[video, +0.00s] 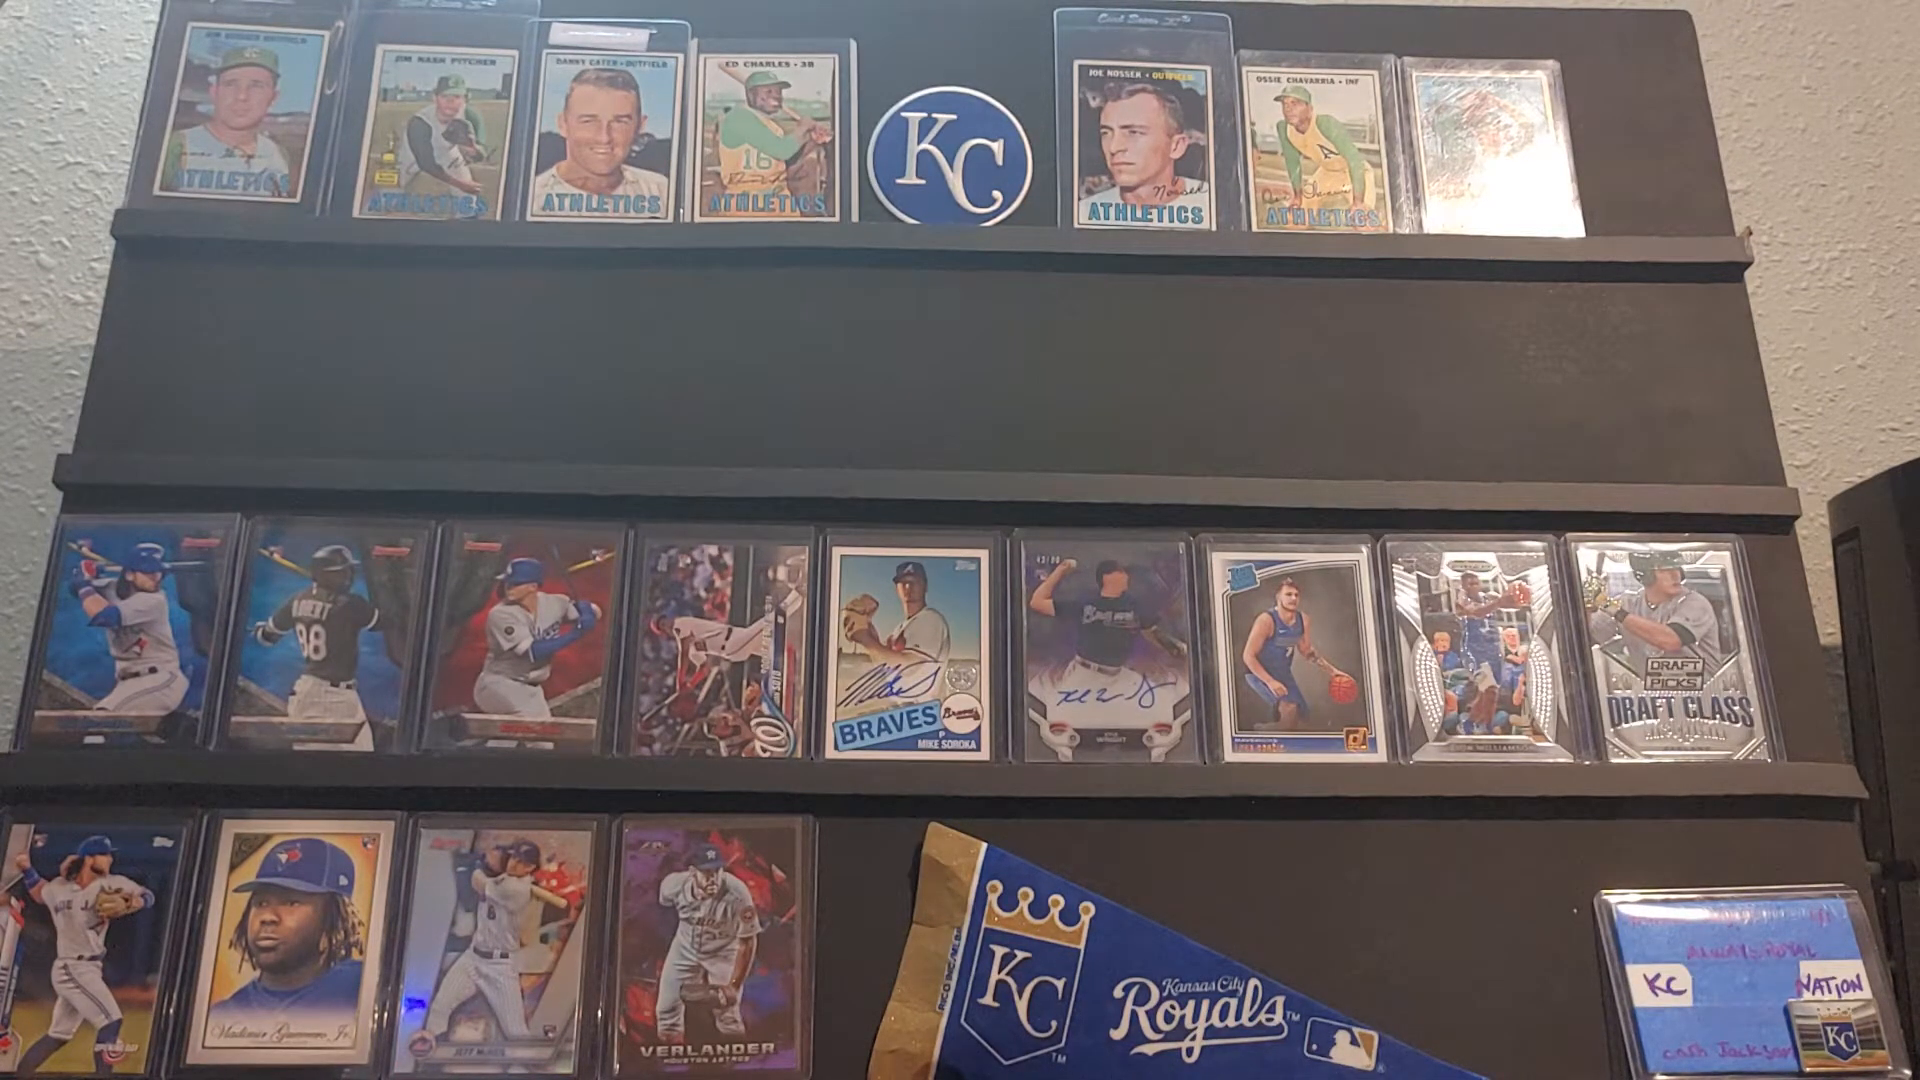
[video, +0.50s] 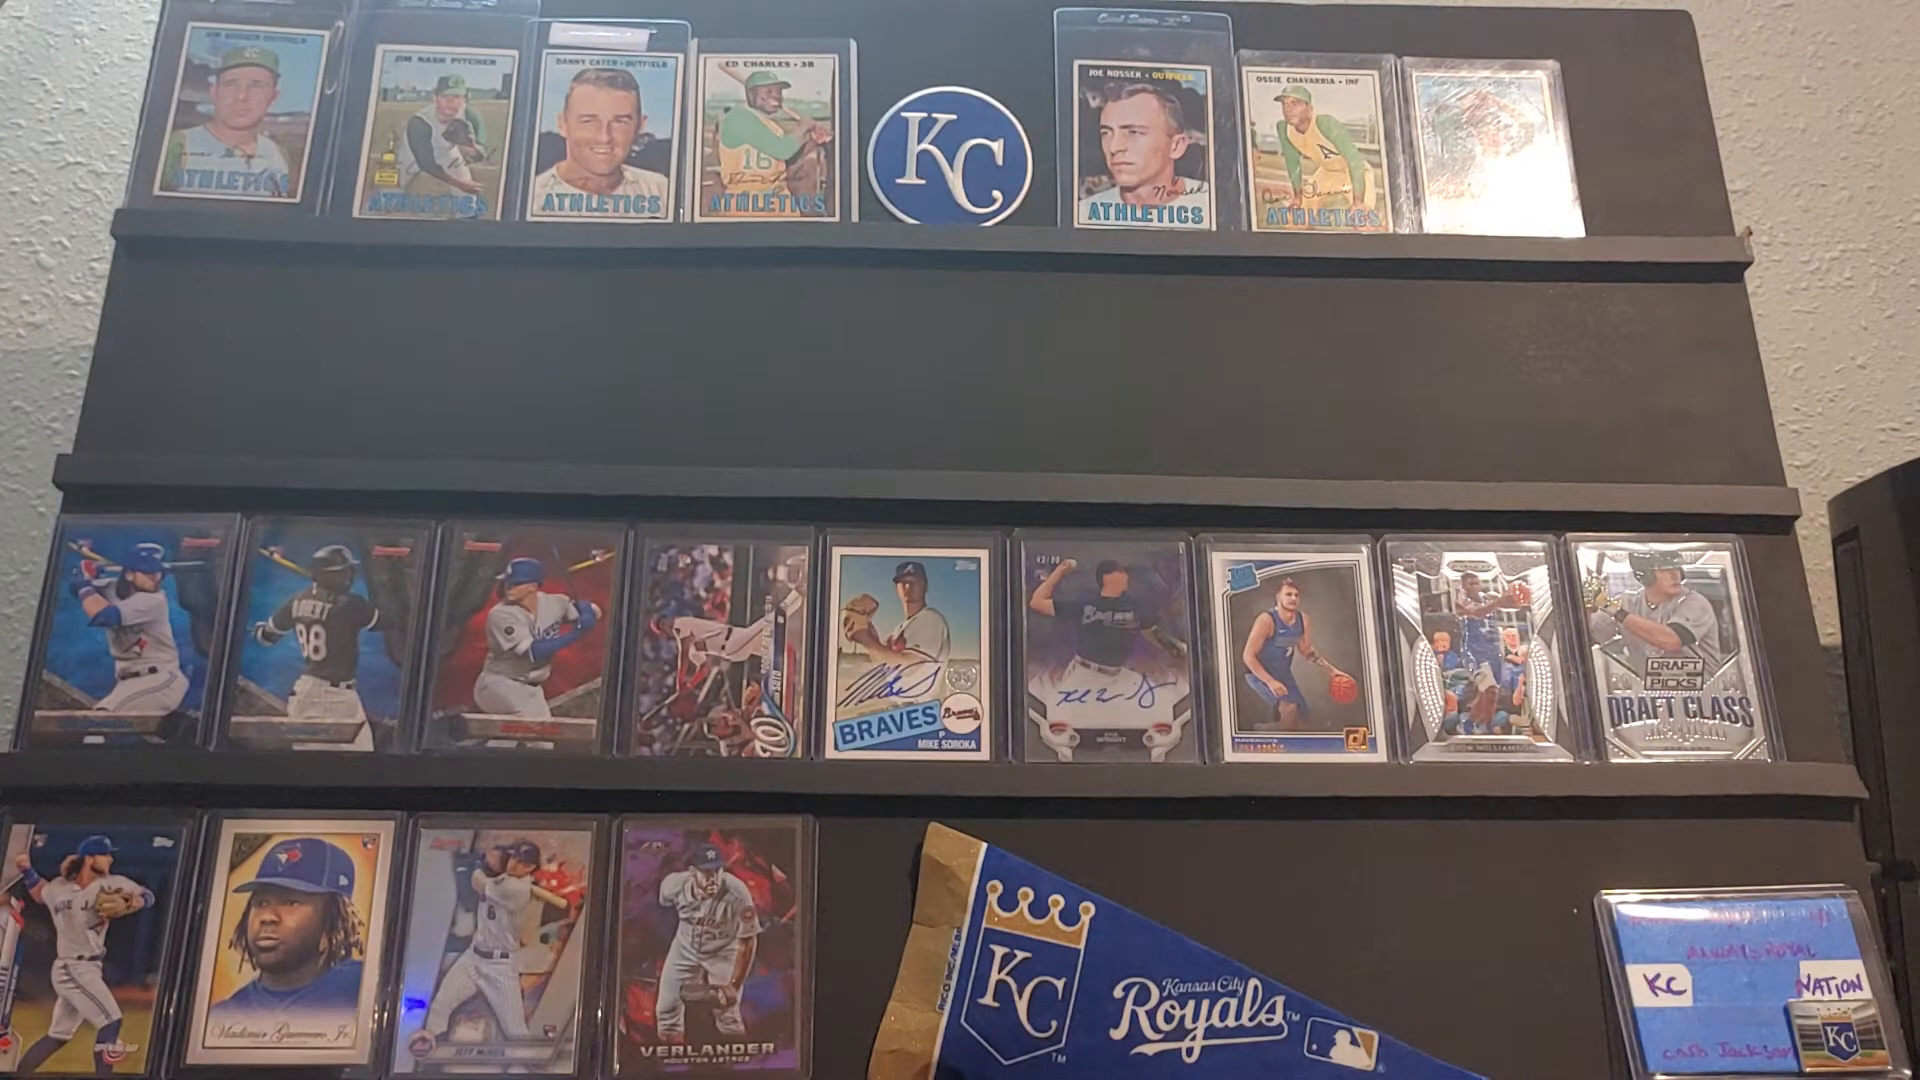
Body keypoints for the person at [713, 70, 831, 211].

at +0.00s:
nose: (777, 98)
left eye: (778, 93)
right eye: (770, 93)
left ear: (782, 93)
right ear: (752, 95)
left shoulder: (775, 127)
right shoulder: (738, 118)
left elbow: (784, 170)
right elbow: (782, 151)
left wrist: (811, 143)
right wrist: (802, 128)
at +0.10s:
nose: (776, 98)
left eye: (779, 92)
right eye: (769, 92)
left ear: (782, 93)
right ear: (752, 95)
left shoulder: (774, 126)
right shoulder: (738, 118)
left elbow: (784, 169)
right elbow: (782, 151)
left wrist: (812, 143)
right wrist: (803, 128)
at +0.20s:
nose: (777, 98)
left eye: (779, 93)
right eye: (770, 93)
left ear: (782, 93)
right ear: (752, 95)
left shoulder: (774, 127)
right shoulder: (738, 118)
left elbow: (784, 169)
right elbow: (782, 151)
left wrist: (811, 143)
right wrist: (803, 128)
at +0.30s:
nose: (777, 98)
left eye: (779, 93)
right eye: (770, 93)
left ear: (782, 93)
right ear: (752, 95)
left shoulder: (774, 127)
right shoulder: (738, 118)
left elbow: (784, 169)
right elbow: (782, 151)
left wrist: (812, 143)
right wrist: (803, 128)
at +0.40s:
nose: (777, 98)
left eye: (779, 93)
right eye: (770, 92)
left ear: (782, 93)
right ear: (752, 95)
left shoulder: (775, 127)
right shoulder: (738, 117)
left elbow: (783, 169)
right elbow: (782, 151)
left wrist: (812, 144)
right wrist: (803, 128)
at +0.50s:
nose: (777, 99)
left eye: (779, 93)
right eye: (770, 93)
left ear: (782, 93)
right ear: (752, 95)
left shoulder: (774, 127)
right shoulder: (738, 118)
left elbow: (784, 170)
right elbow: (782, 151)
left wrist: (812, 143)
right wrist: (803, 128)